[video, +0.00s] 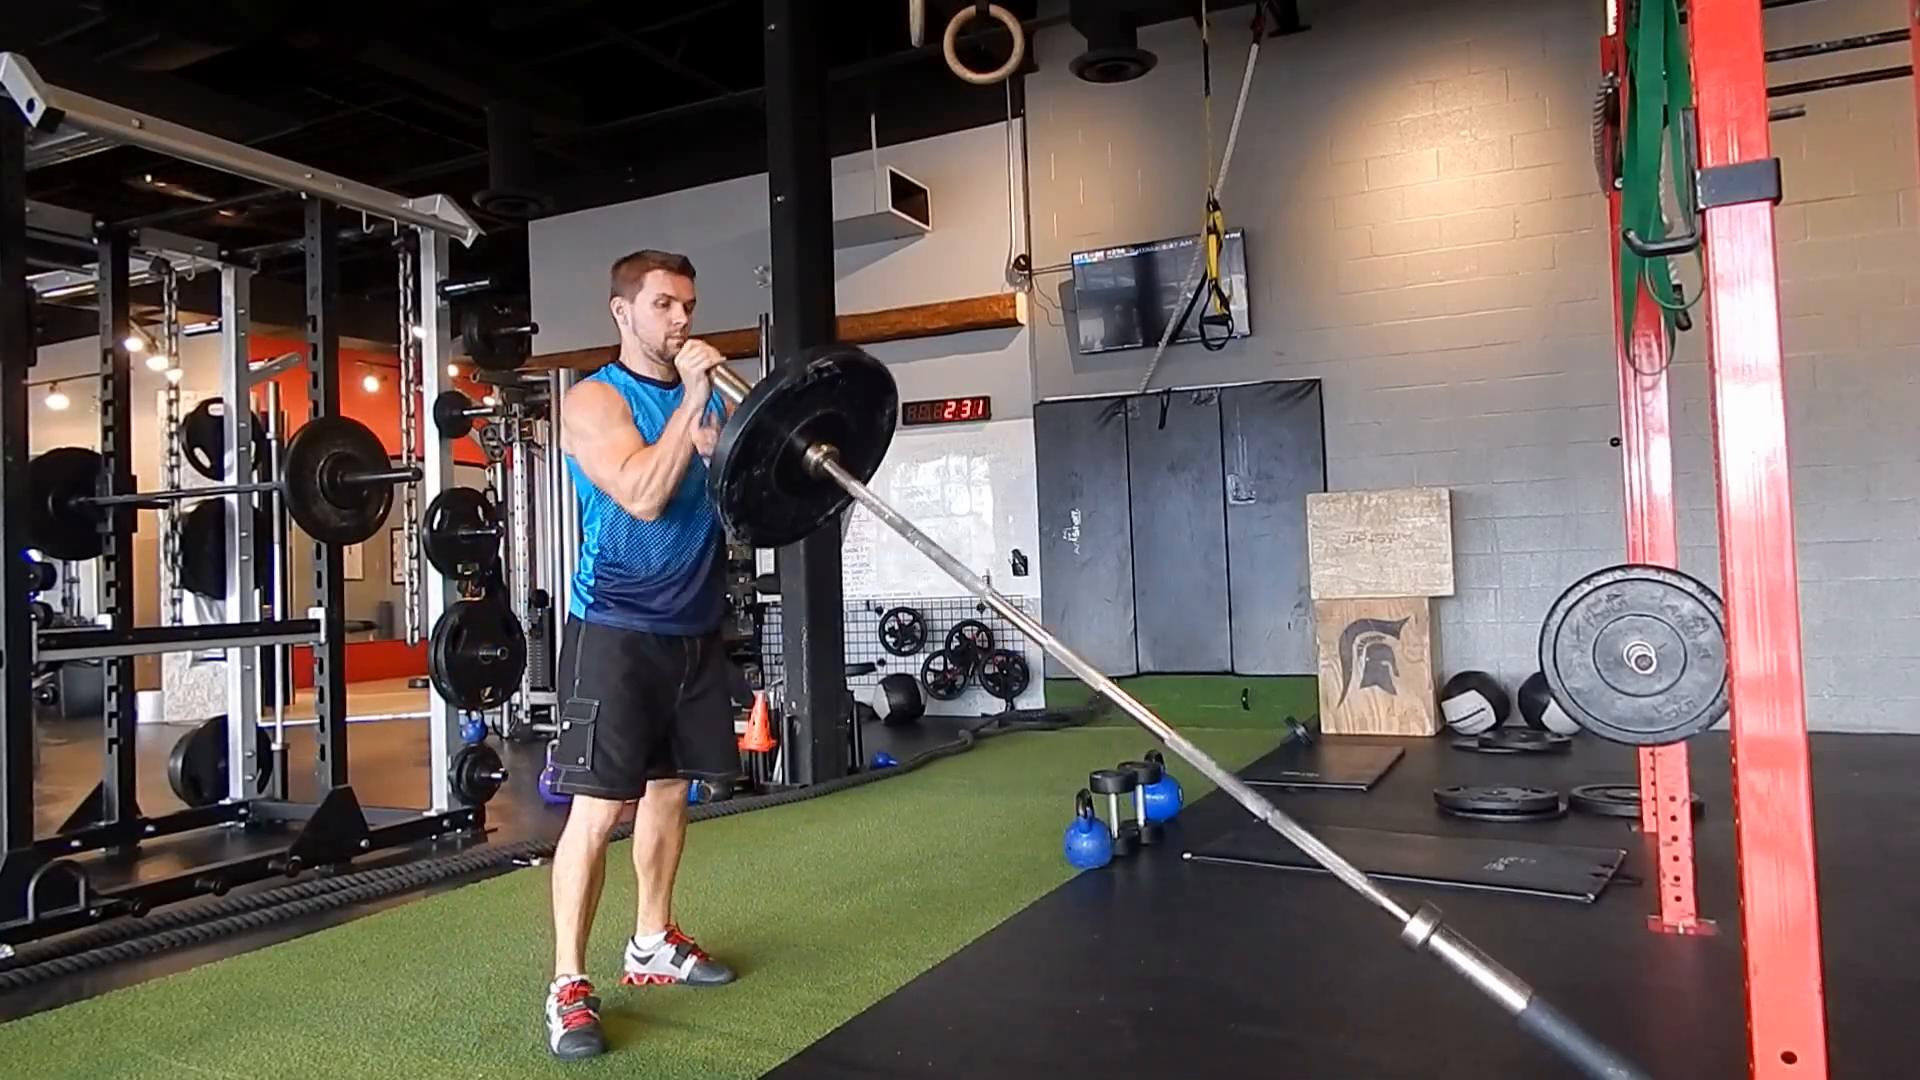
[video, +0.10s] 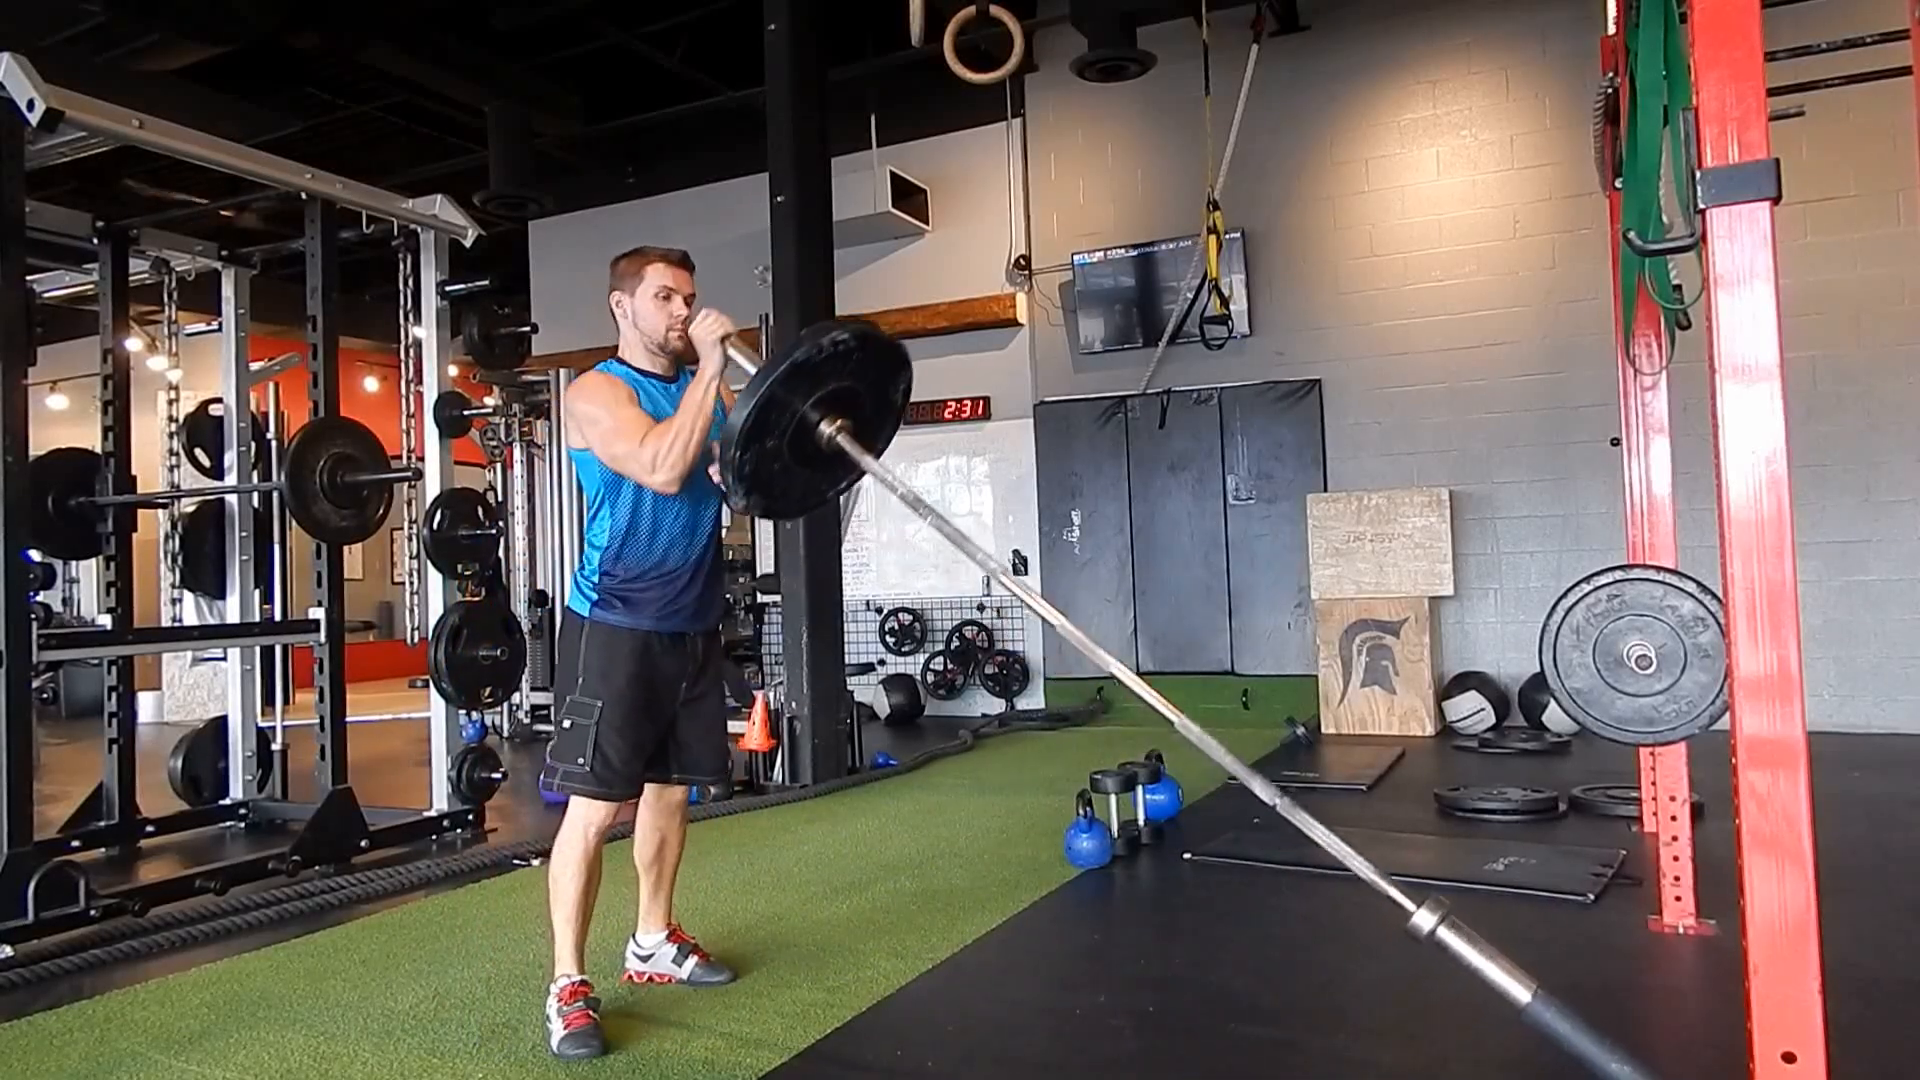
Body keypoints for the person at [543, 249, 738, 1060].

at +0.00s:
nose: (682, 318)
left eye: (688, 306)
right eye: (665, 304)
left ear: (693, 318)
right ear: (621, 311)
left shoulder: (708, 399)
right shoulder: (589, 400)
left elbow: (756, 480)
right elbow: (642, 493)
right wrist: (692, 396)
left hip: (694, 632)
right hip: (616, 632)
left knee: (668, 791)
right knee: (600, 806)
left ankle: (651, 942)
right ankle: (569, 983)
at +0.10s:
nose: (685, 310)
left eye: (690, 300)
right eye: (668, 296)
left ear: (692, 315)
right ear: (621, 306)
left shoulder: (703, 391)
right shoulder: (591, 390)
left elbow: (747, 478)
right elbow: (661, 467)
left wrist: (807, 426)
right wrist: (708, 367)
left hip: (692, 627)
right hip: (615, 627)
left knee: (668, 791)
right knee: (595, 808)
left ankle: (652, 940)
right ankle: (568, 984)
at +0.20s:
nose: (680, 304)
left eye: (684, 294)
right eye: (665, 291)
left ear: (683, 306)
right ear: (616, 299)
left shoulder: (698, 387)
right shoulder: (585, 380)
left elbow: (735, 490)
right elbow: (666, 426)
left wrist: (748, 487)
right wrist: (725, 330)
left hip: (690, 624)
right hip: (613, 624)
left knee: (675, 790)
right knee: (590, 803)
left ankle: (654, 936)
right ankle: (567, 980)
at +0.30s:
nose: (676, 300)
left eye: (681, 291)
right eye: (660, 286)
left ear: (680, 304)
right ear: (610, 294)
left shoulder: (694, 387)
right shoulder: (580, 371)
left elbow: (755, 463)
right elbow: (674, 383)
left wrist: (809, 385)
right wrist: (744, 300)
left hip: (687, 622)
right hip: (605, 622)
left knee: (702, 780)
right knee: (587, 803)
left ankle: (661, 929)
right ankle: (566, 981)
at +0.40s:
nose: (673, 293)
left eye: (677, 283)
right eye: (656, 280)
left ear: (673, 295)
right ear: (606, 291)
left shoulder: (692, 373)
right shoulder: (580, 364)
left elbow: (778, 398)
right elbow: (675, 357)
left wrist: (850, 348)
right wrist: (759, 276)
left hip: (683, 623)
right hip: (601, 623)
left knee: (723, 771)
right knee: (582, 803)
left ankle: (669, 930)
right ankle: (566, 980)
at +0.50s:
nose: (672, 290)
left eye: (678, 280)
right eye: (655, 275)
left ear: (676, 295)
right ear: (608, 289)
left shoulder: (689, 365)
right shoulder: (581, 359)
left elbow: (772, 362)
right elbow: (682, 336)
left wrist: (824, 284)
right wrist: (771, 258)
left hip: (689, 622)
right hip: (603, 623)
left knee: (719, 777)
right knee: (583, 804)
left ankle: (684, 949)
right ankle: (567, 981)